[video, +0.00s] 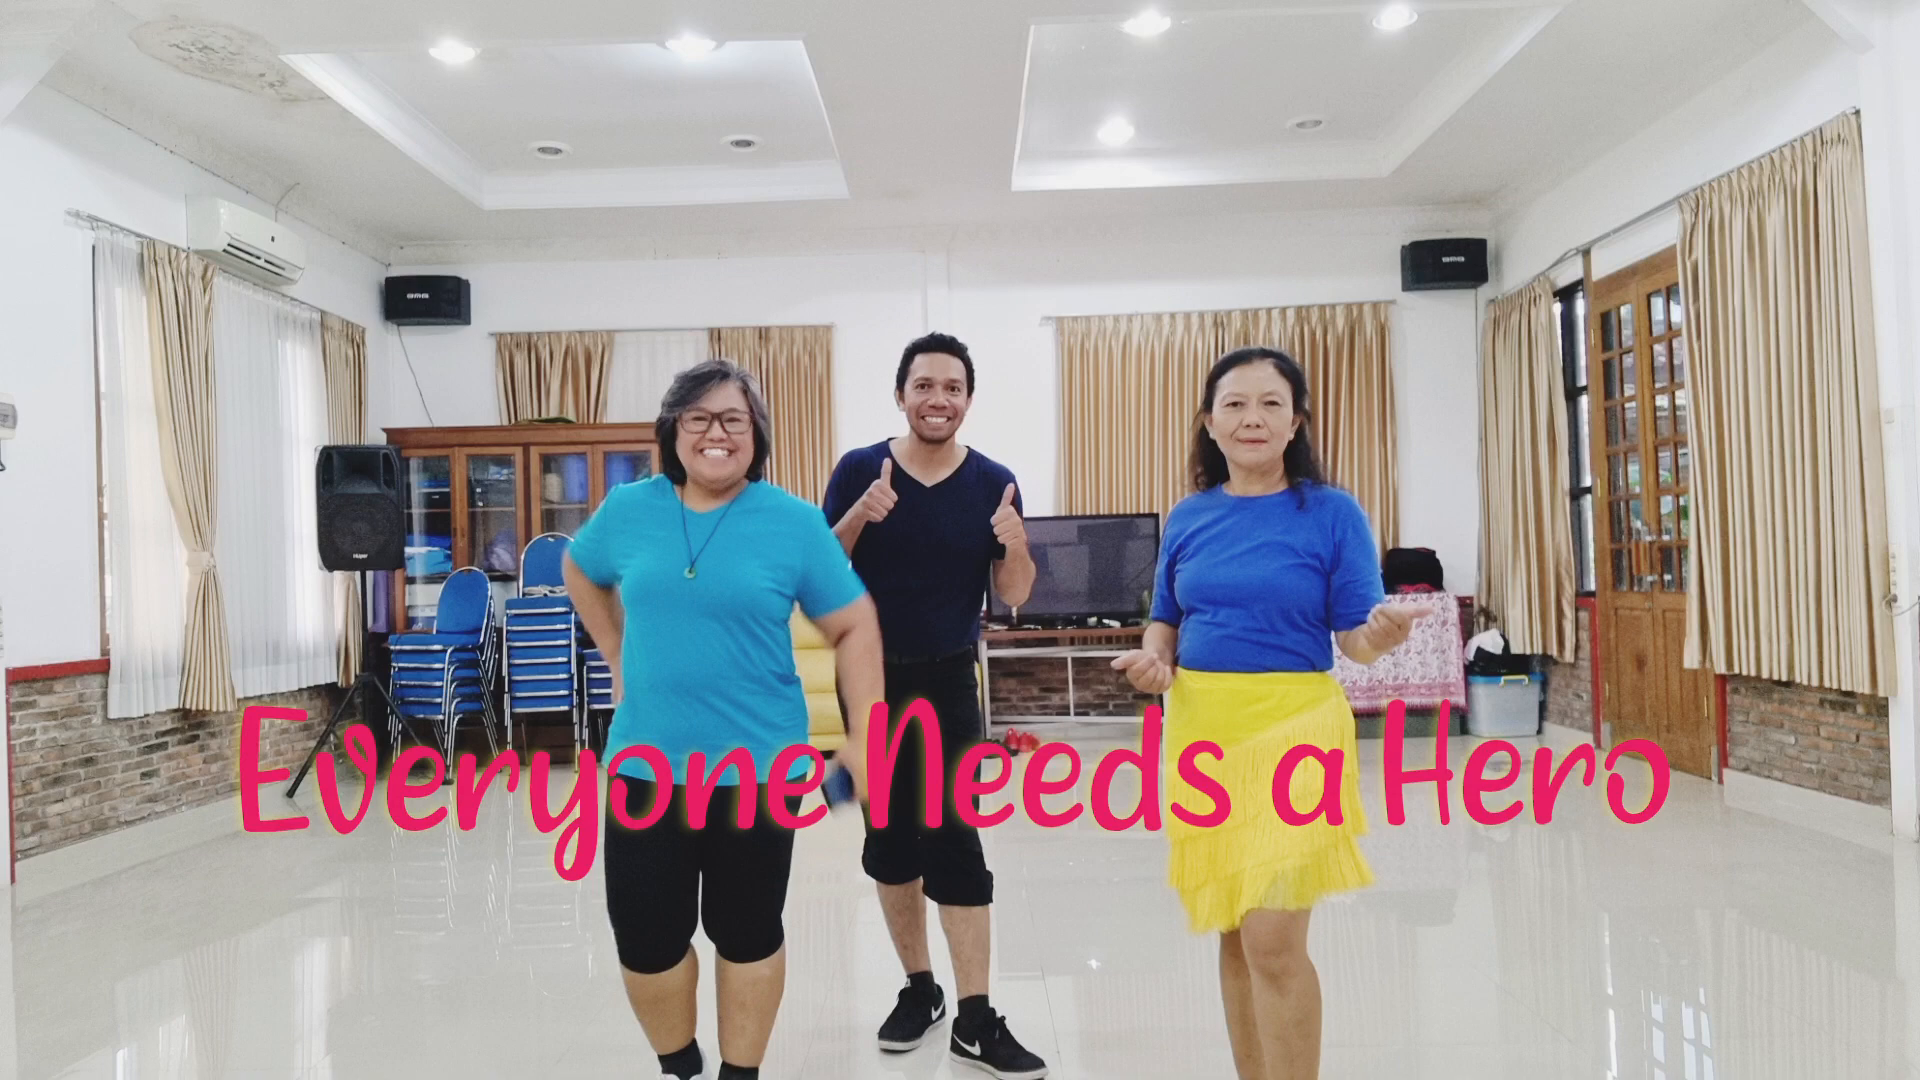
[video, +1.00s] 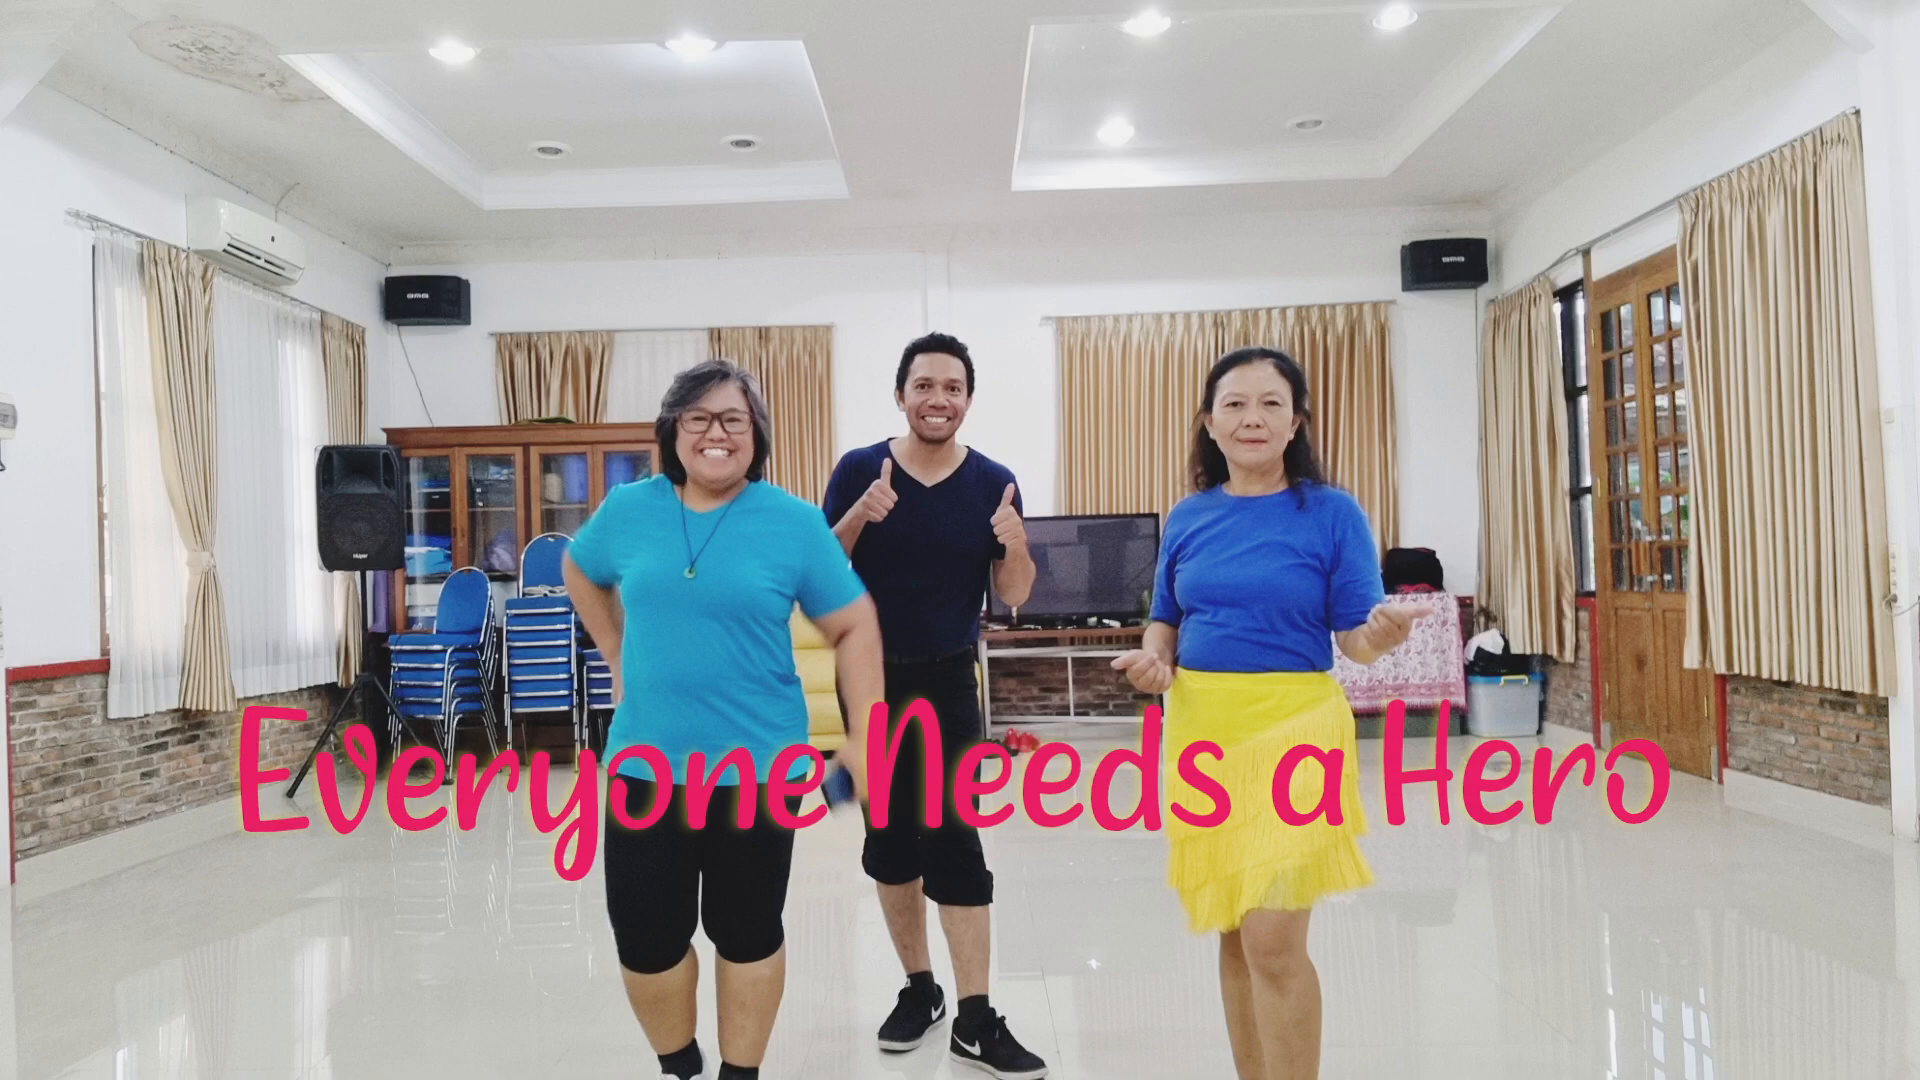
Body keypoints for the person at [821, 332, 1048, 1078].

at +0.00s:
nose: (938, 400)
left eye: (952, 388)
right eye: (924, 386)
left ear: (968, 399)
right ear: (900, 396)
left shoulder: (992, 483)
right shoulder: (858, 472)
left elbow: (1014, 595)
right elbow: (813, 570)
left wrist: (1015, 548)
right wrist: (854, 520)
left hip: (950, 676)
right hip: (872, 676)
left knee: (957, 841)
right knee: (892, 840)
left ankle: (975, 1014)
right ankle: (919, 990)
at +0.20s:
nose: (938, 400)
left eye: (952, 388)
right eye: (924, 386)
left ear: (968, 399)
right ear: (900, 396)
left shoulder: (992, 483)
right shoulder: (858, 472)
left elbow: (1014, 595)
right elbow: (813, 570)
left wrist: (1015, 548)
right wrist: (854, 520)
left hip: (950, 676)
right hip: (872, 676)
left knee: (957, 841)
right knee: (892, 840)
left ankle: (975, 1014)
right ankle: (919, 990)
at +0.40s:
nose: (938, 400)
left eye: (952, 388)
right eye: (924, 386)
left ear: (968, 399)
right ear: (900, 396)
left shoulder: (992, 483)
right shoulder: (858, 472)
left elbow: (1014, 595)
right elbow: (813, 570)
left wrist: (1015, 548)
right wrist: (854, 520)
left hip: (950, 676)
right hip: (872, 676)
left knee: (957, 841)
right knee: (892, 840)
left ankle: (975, 1014)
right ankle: (919, 990)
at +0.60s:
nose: (938, 400)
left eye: (952, 388)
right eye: (924, 386)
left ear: (968, 399)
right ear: (900, 396)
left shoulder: (992, 483)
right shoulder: (858, 472)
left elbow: (1014, 595)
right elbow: (813, 570)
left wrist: (1015, 548)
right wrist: (854, 520)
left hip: (950, 676)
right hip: (872, 676)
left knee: (957, 841)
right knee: (892, 840)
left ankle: (975, 1014)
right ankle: (919, 990)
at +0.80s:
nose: (938, 400)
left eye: (952, 388)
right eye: (924, 386)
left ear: (968, 399)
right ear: (900, 396)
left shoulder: (992, 483)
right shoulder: (858, 472)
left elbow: (1014, 595)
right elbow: (813, 570)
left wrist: (1015, 548)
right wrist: (854, 520)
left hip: (950, 676)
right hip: (872, 676)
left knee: (957, 841)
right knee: (892, 840)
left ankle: (975, 1014)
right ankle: (919, 990)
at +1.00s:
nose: (938, 400)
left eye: (952, 388)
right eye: (924, 386)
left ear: (968, 399)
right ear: (900, 396)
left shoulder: (992, 483)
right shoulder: (858, 472)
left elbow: (1014, 595)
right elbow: (813, 570)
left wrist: (1015, 548)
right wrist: (854, 520)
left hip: (950, 676)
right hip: (872, 676)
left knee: (957, 841)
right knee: (892, 840)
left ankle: (975, 1014)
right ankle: (919, 990)